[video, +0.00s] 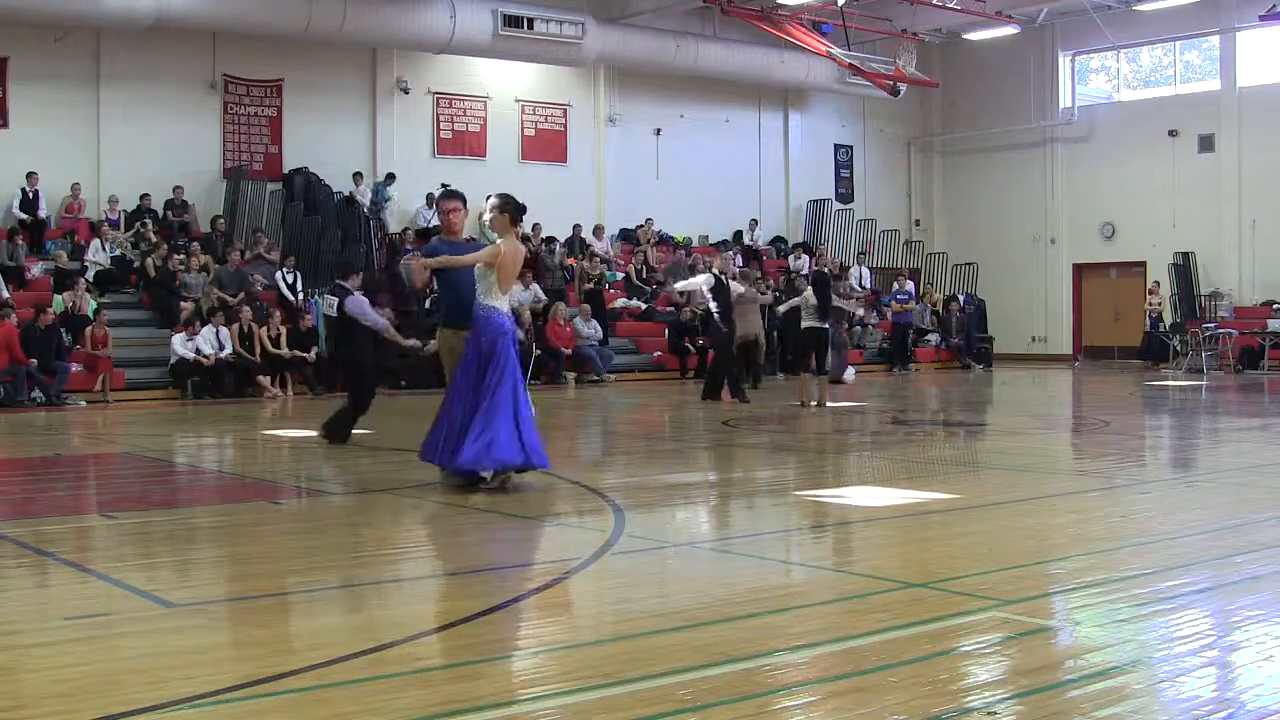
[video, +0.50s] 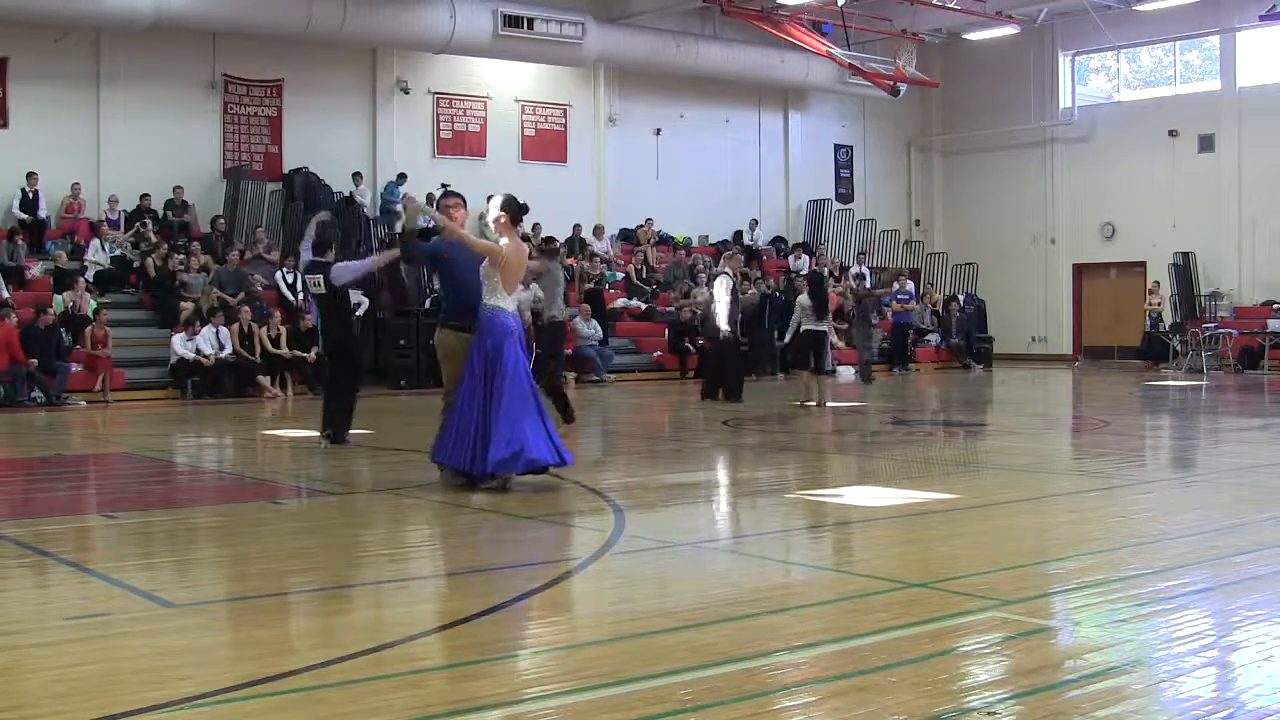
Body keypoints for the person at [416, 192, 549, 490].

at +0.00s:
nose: (485, 216)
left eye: (490, 212)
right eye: (486, 211)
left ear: (505, 217)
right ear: (511, 218)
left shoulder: (498, 249)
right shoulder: (519, 249)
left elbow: (458, 260)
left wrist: (426, 262)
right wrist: (435, 260)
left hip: (488, 324)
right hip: (503, 323)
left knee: (484, 392)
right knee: (498, 391)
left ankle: (493, 458)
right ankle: (500, 456)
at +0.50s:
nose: (487, 216)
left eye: (489, 211)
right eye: (488, 211)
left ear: (503, 218)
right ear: (511, 219)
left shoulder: (502, 250)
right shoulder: (522, 249)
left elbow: (462, 236)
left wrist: (427, 210)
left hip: (494, 321)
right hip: (511, 321)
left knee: (494, 392)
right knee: (506, 391)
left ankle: (498, 464)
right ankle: (503, 460)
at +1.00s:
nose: (490, 214)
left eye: (493, 209)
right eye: (492, 209)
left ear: (500, 216)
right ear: (517, 217)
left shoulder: (497, 248)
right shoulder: (523, 247)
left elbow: (459, 222)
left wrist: (441, 183)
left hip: (491, 323)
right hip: (512, 322)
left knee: (491, 393)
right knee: (507, 391)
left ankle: (494, 463)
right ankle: (505, 462)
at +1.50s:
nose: (491, 216)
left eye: (495, 212)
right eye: (493, 212)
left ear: (505, 221)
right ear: (516, 222)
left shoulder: (499, 249)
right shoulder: (524, 249)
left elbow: (464, 224)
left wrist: (438, 193)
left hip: (492, 323)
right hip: (510, 322)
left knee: (492, 393)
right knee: (505, 393)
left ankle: (499, 463)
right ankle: (501, 462)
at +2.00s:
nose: (491, 219)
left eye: (494, 214)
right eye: (492, 214)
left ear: (506, 220)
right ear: (516, 219)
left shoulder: (503, 250)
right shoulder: (526, 249)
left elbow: (464, 229)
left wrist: (437, 197)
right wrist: (468, 228)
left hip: (495, 323)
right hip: (512, 321)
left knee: (494, 393)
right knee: (505, 393)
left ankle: (498, 466)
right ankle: (501, 465)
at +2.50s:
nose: (497, 218)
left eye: (500, 214)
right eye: (500, 214)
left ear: (509, 220)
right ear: (522, 220)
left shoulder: (503, 250)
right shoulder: (531, 249)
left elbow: (465, 228)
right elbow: (535, 273)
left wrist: (438, 195)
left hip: (496, 323)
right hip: (517, 322)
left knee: (492, 392)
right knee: (510, 392)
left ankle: (493, 462)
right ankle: (505, 462)